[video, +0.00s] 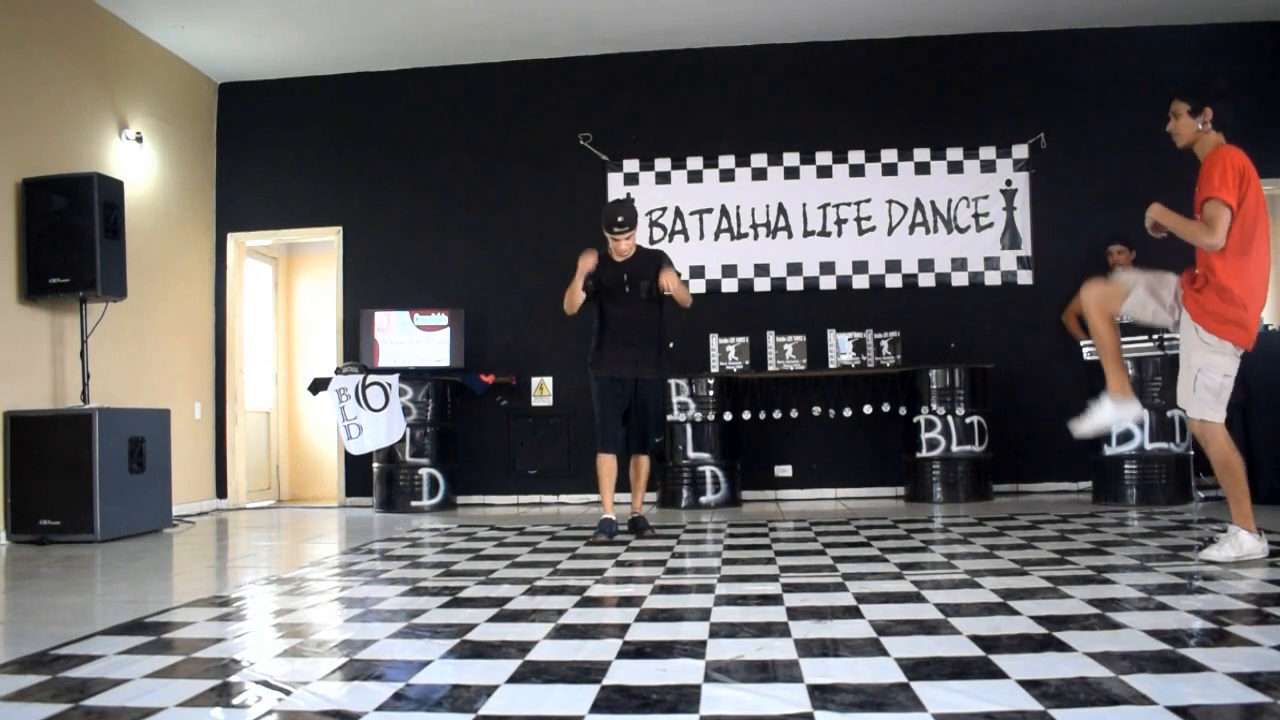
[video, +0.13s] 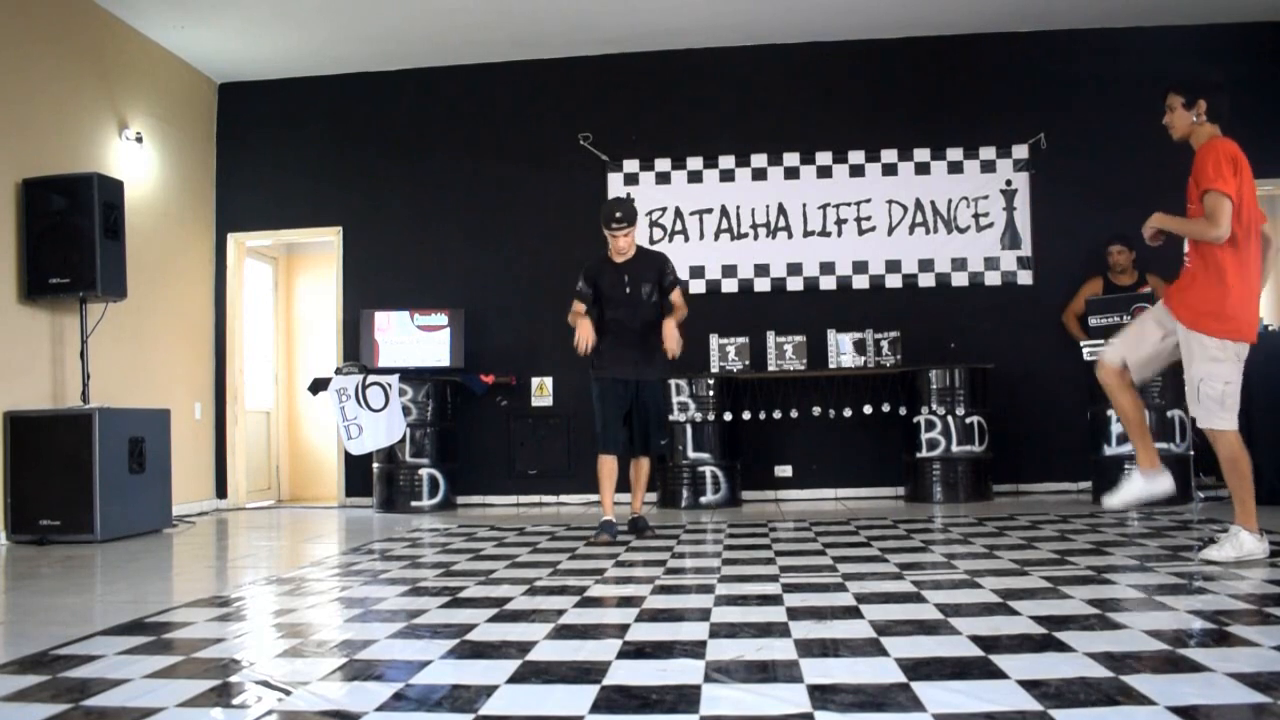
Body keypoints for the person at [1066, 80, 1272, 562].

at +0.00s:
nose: (1169, 125)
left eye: (1176, 116)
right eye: (1169, 116)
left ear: (1205, 118)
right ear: (1200, 120)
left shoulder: (1224, 161)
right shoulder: (1218, 163)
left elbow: (1213, 235)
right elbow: (1217, 245)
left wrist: (1163, 216)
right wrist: (1138, 265)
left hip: (1221, 312)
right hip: (1193, 293)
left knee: (1206, 422)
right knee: (1096, 294)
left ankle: (1246, 533)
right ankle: (1121, 400)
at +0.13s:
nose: (1165, 119)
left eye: (1171, 110)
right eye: (1165, 111)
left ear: (1198, 109)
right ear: (1196, 111)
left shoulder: (1215, 152)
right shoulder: (1225, 159)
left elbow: (1218, 226)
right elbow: (1267, 233)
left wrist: (1163, 220)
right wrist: (1249, 296)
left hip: (1221, 313)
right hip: (1188, 302)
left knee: (1218, 422)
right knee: (1111, 367)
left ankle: (1248, 532)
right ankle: (1149, 471)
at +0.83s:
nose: (1105, 166)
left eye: (1105, 158)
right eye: (1104, 159)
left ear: (1114, 157)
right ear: (1145, 150)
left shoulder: (1171, 177)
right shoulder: (1114, 216)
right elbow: (1109, 282)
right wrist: (1116, 276)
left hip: (1181, 282)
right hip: (1143, 314)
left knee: (1164, 170)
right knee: (1104, 408)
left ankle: (1058, 223)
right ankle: (1159, 510)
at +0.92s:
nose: (1109, 168)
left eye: (1107, 161)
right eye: (1111, 162)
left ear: (1111, 162)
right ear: (1149, 152)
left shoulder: (1175, 181)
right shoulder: (1124, 211)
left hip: (1186, 288)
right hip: (1148, 318)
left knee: (1146, 179)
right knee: (1106, 409)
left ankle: (1073, 262)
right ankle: (1164, 511)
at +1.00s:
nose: (1104, 153)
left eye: (1106, 146)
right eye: (1104, 146)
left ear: (1125, 149)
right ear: (1148, 147)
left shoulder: (1138, 192)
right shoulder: (1182, 181)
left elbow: (1120, 266)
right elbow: (1227, 233)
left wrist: (1095, 295)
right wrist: (1197, 266)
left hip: (1180, 290)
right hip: (1165, 313)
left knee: (1113, 204)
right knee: (1127, 411)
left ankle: (1097, 311)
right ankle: (1177, 518)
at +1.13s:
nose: (1111, 136)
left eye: (1118, 127)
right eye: (1111, 128)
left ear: (1147, 128)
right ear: (1141, 132)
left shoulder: (1158, 177)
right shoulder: (1176, 174)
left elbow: (1121, 258)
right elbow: (1222, 234)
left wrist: (1114, 230)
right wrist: (1229, 297)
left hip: (1183, 291)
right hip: (1195, 298)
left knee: (1089, 302)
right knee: (1165, 410)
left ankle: (1150, 400)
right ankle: (1186, 529)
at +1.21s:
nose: (1118, 130)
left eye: (1126, 120)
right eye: (1117, 122)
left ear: (1155, 121)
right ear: (1149, 126)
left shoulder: (1171, 170)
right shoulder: (1177, 171)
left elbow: (1140, 250)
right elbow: (1217, 242)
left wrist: (1123, 232)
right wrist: (1249, 300)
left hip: (1179, 297)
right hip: (1195, 301)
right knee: (1179, 415)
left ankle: (1194, 454)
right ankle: (1186, 529)